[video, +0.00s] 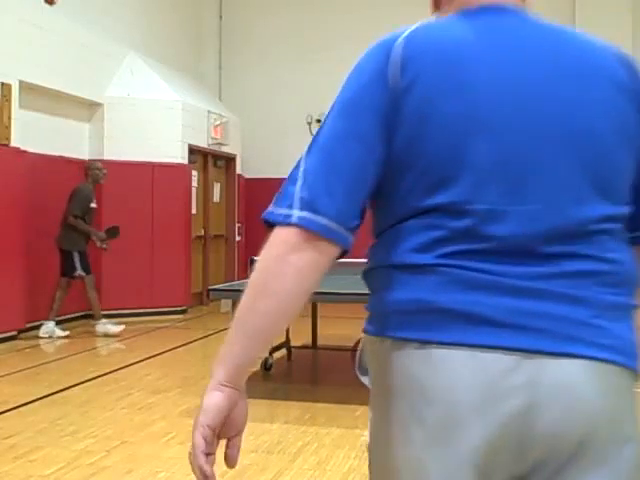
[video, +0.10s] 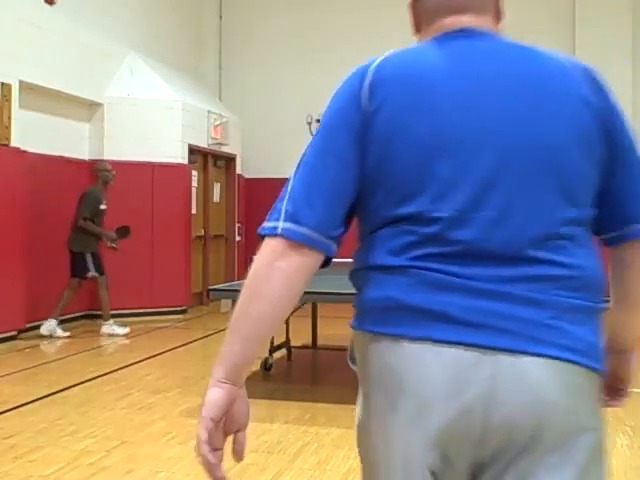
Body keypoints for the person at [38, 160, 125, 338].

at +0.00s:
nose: (104, 173)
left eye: (103, 170)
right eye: (100, 170)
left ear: (95, 173)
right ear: (90, 172)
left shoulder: (89, 192)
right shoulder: (83, 191)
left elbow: (83, 221)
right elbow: (72, 218)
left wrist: (96, 239)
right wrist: (94, 233)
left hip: (72, 242)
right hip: (73, 243)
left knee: (64, 283)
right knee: (89, 280)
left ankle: (49, 324)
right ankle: (100, 322)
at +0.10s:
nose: (112, 174)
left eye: (112, 171)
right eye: (108, 171)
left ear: (107, 175)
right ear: (99, 174)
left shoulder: (99, 195)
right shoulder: (92, 194)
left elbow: (94, 223)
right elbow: (82, 222)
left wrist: (106, 240)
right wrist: (106, 234)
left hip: (83, 245)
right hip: (84, 246)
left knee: (74, 283)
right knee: (102, 280)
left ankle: (51, 322)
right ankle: (107, 323)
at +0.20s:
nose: (123, 174)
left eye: (122, 171)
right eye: (119, 171)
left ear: (113, 175)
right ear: (109, 174)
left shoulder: (110, 195)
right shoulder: (102, 194)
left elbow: (106, 223)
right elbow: (94, 222)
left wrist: (117, 241)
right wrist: (117, 235)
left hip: (98, 245)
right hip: (96, 246)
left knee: (92, 283)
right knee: (112, 280)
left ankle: (63, 315)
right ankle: (109, 322)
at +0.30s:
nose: (130, 173)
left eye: (130, 169)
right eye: (126, 169)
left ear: (124, 173)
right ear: (118, 172)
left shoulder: (120, 192)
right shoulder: (112, 192)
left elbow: (117, 220)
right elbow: (105, 219)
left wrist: (124, 239)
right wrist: (129, 231)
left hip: (113, 243)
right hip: (107, 244)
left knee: (114, 280)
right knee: (117, 280)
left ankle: (85, 307)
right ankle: (110, 322)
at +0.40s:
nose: (139, 171)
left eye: (139, 167)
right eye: (135, 167)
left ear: (136, 171)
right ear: (126, 171)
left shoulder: (130, 191)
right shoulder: (122, 191)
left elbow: (129, 218)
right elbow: (118, 218)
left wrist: (145, 228)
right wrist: (141, 228)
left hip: (126, 244)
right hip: (117, 244)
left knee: (133, 277)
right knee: (120, 280)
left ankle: (110, 313)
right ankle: (111, 321)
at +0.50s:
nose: (150, 172)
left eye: (150, 168)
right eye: (147, 168)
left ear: (144, 172)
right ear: (138, 171)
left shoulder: (141, 193)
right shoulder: (133, 192)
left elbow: (138, 220)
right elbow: (129, 218)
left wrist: (158, 229)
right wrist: (154, 228)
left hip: (136, 244)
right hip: (125, 244)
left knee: (148, 276)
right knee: (124, 281)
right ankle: (111, 322)